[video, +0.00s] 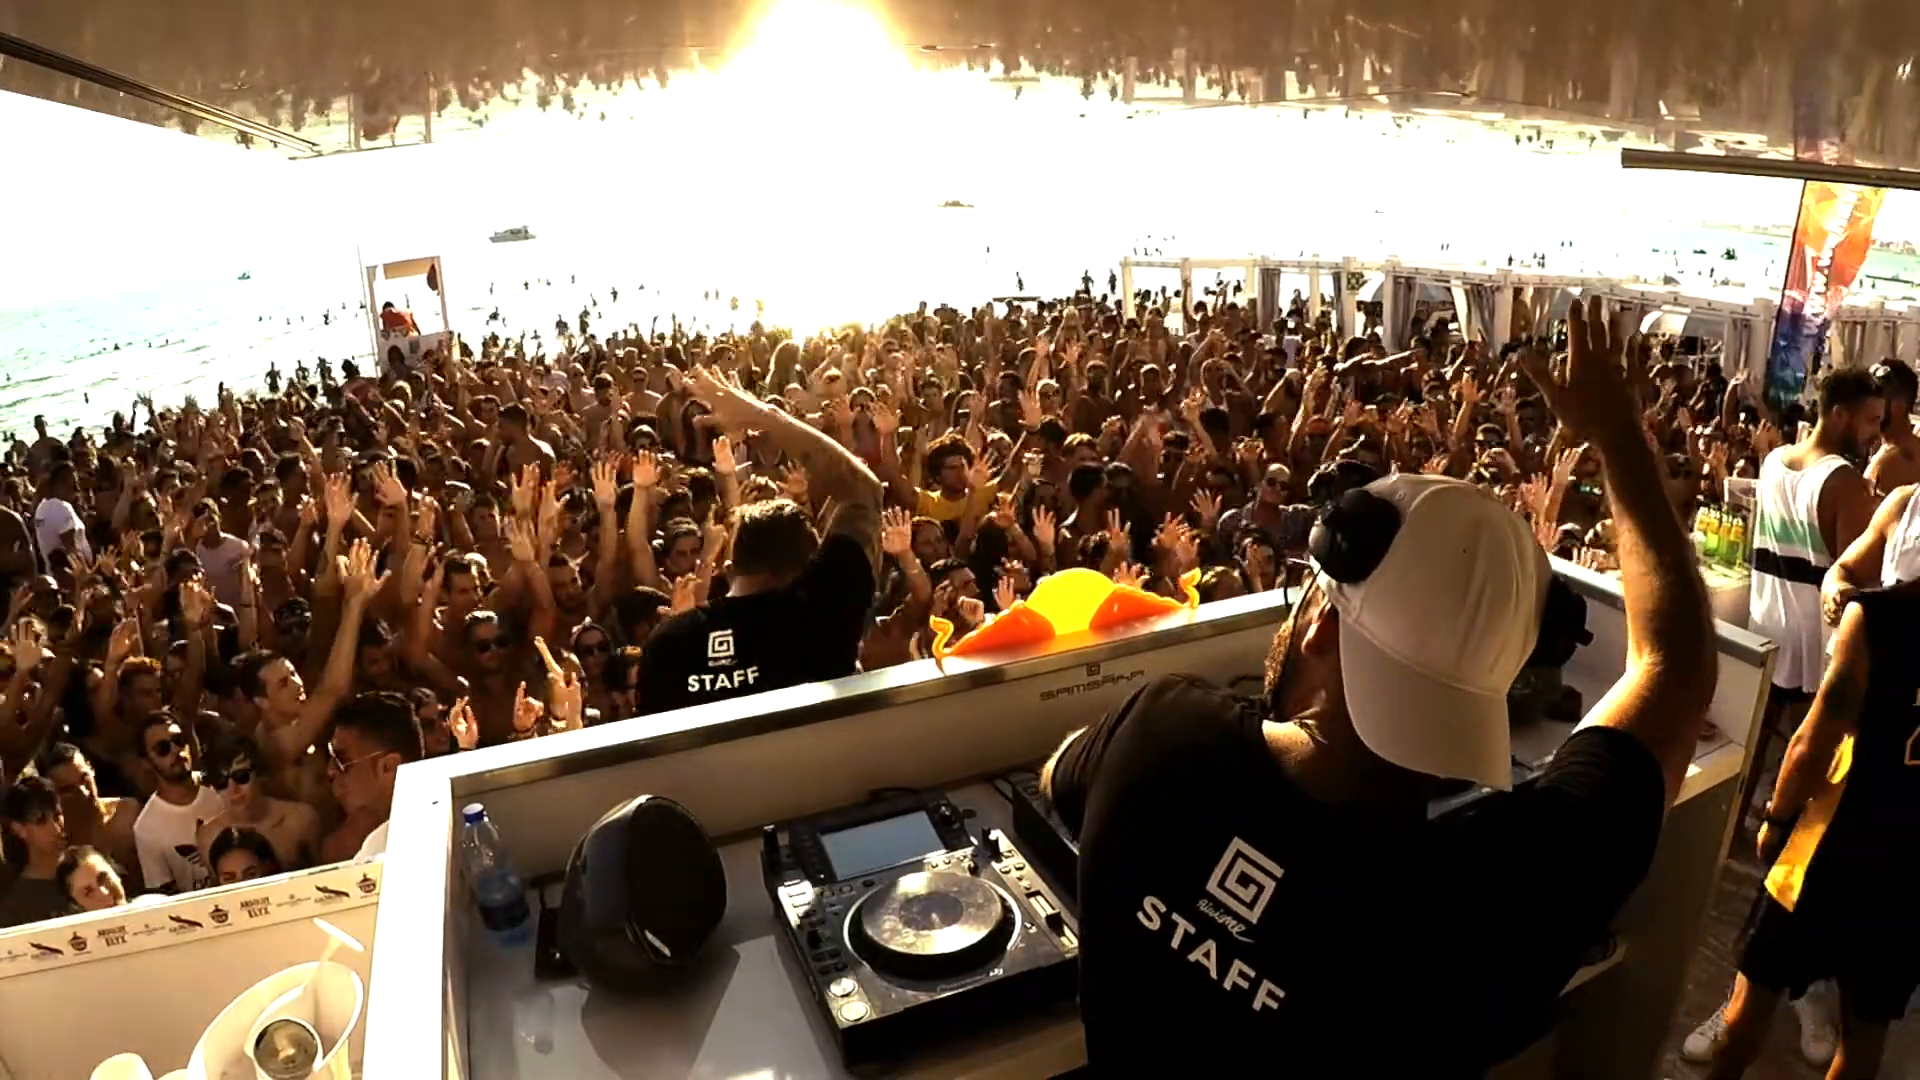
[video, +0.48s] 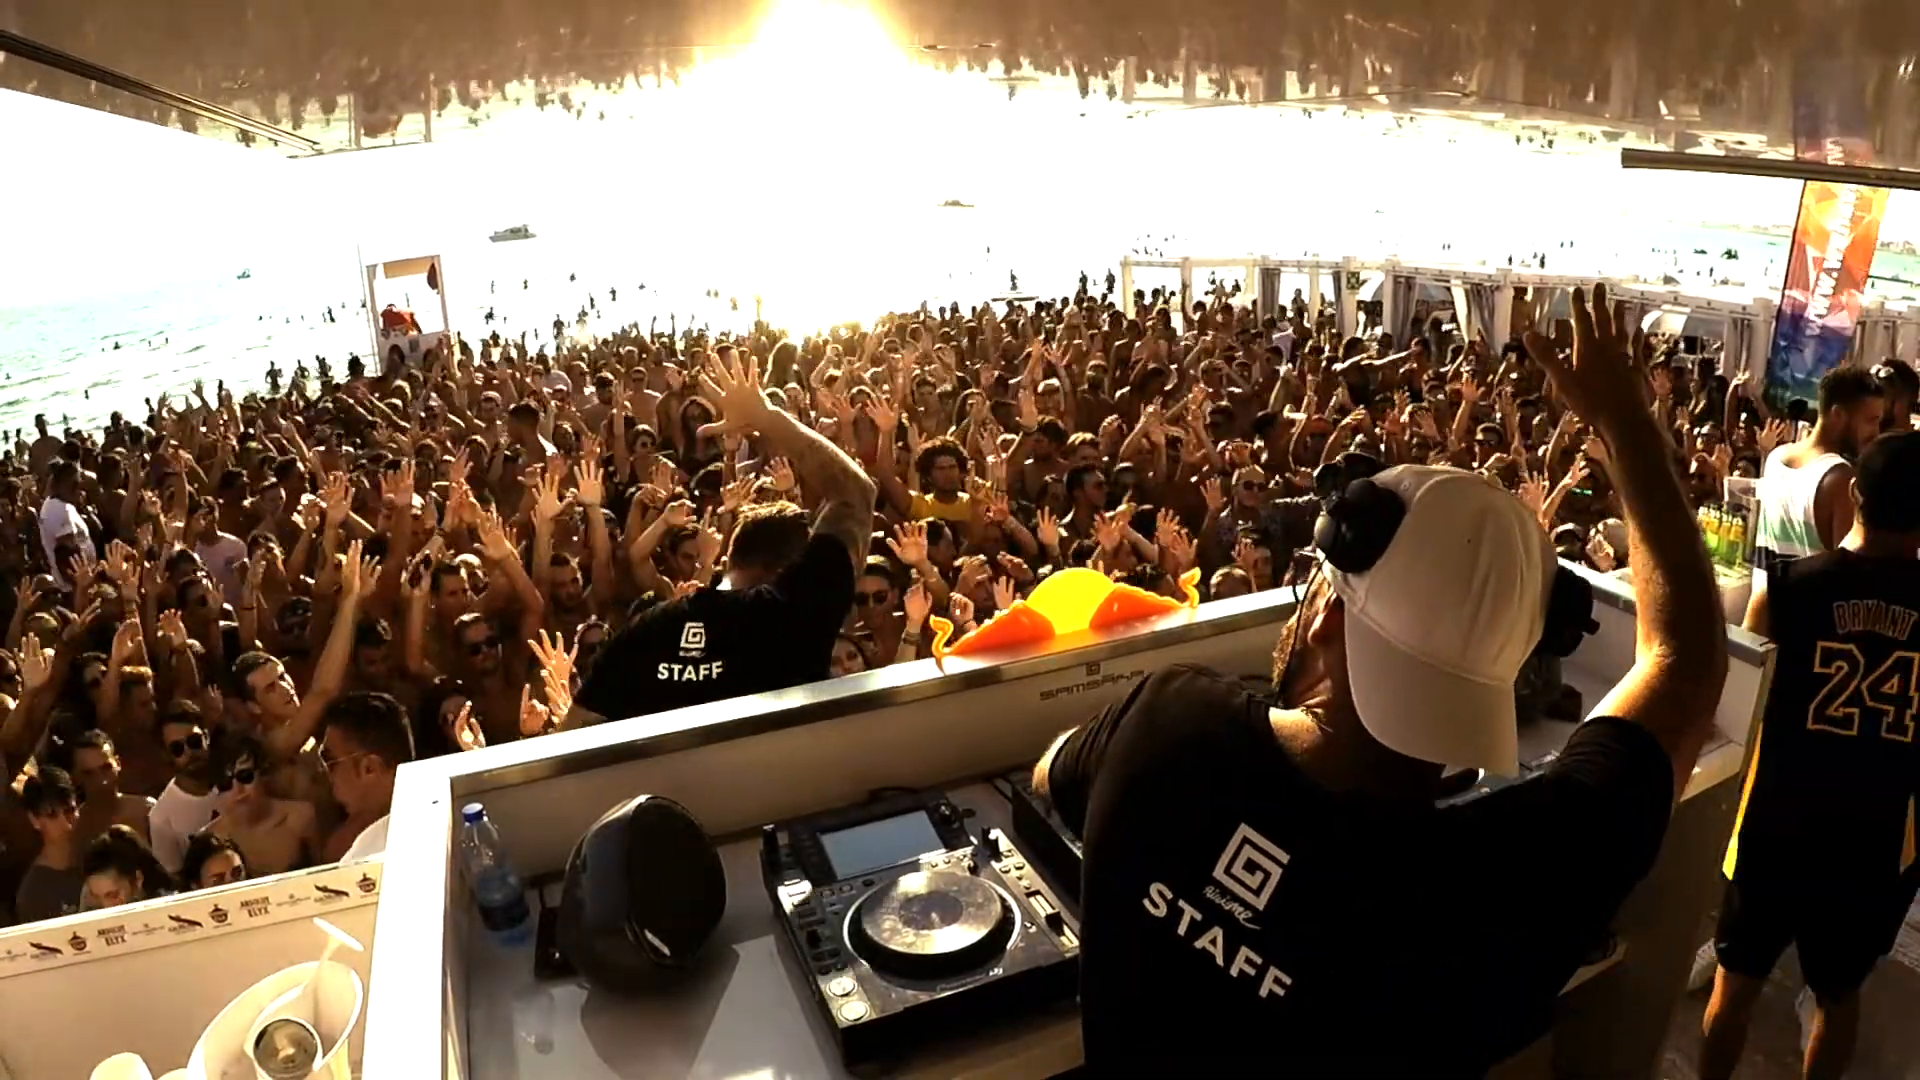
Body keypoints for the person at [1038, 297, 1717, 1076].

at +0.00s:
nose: (1304, 597)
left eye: (1316, 586)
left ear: (1322, 627)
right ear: (1493, 685)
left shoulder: (1160, 736)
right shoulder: (1494, 892)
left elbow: (1060, 785)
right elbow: (1675, 668)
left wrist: (1272, 703)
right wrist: (1616, 430)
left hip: (1117, 1054)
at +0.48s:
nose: (1309, 587)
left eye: (1321, 581)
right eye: (1324, 572)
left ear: (1327, 618)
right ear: (1497, 681)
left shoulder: (1167, 722)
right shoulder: (1496, 885)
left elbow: (1051, 786)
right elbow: (1684, 659)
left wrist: (1277, 696)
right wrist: (1625, 416)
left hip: (1121, 1055)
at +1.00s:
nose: (1314, 568)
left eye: (1325, 552)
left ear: (1333, 587)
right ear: (1494, 631)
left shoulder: (1181, 706)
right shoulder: (1507, 844)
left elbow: (1037, 795)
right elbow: (1673, 624)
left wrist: (1181, 825)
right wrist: (1586, 417)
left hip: (1150, 1057)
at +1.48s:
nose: (1422, 517)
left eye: (1435, 504)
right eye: (1434, 496)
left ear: (1457, 563)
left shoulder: (1330, 693)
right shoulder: (1676, 758)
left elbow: (1109, 788)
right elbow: (1665, 540)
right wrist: (1540, 385)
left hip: (1314, 1059)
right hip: (1541, 1072)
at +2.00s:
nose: (1567, 467)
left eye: (1588, 461)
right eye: (1582, 455)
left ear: (1629, 526)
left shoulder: (1490, 679)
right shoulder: (1762, 677)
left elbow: (1240, 769)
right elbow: (1609, 465)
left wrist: (1143, 753)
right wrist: (1504, 342)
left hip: (1436, 1064)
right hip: (1609, 1058)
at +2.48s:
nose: (1409, 470)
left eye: (1432, 440)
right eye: (1427, 433)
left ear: (1476, 478)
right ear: (1609, 481)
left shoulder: (1404, 708)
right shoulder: (1662, 642)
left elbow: (1139, 914)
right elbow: (1801, 734)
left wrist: (779, 756)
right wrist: (1862, 580)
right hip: (1569, 1057)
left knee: (1000, 1075)